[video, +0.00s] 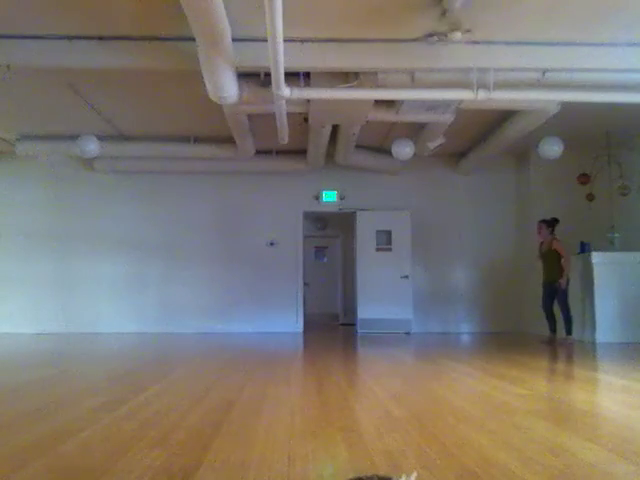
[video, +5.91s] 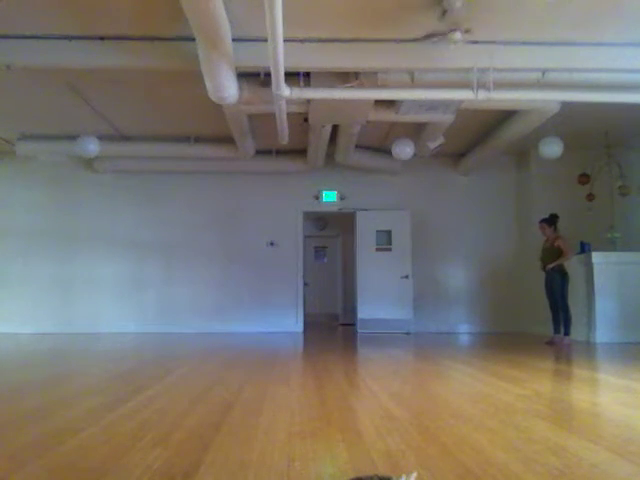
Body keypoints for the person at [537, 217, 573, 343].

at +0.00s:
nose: (538, 231)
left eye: (541, 228)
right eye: (538, 228)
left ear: (549, 230)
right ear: (543, 230)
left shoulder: (555, 243)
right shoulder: (542, 244)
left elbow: (566, 257)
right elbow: (545, 260)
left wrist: (565, 277)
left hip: (559, 279)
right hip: (548, 280)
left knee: (564, 306)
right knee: (547, 306)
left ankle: (569, 334)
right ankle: (552, 333)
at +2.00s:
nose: (547, 230)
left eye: (548, 227)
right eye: (546, 227)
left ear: (556, 226)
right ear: (549, 228)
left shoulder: (563, 241)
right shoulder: (550, 241)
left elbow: (572, 256)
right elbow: (547, 255)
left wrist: (557, 262)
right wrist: (543, 262)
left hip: (561, 275)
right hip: (550, 275)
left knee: (563, 304)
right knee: (548, 303)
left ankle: (567, 335)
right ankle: (550, 331)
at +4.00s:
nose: (539, 241)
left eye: (539, 238)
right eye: (537, 239)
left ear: (544, 233)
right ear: (538, 236)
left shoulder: (558, 240)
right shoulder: (544, 244)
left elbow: (568, 256)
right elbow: (545, 258)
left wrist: (551, 264)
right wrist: (541, 264)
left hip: (560, 274)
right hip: (549, 275)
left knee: (563, 305)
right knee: (553, 305)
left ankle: (566, 335)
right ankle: (556, 334)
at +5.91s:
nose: (542, 231)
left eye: (544, 228)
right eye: (541, 228)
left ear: (551, 227)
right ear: (544, 229)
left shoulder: (559, 240)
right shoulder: (546, 241)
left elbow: (568, 254)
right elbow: (546, 255)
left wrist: (553, 264)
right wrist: (543, 264)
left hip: (559, 273)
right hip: (549, 273)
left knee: (561, 304)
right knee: (553, 305)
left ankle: (566, 335)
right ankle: (556, 334)